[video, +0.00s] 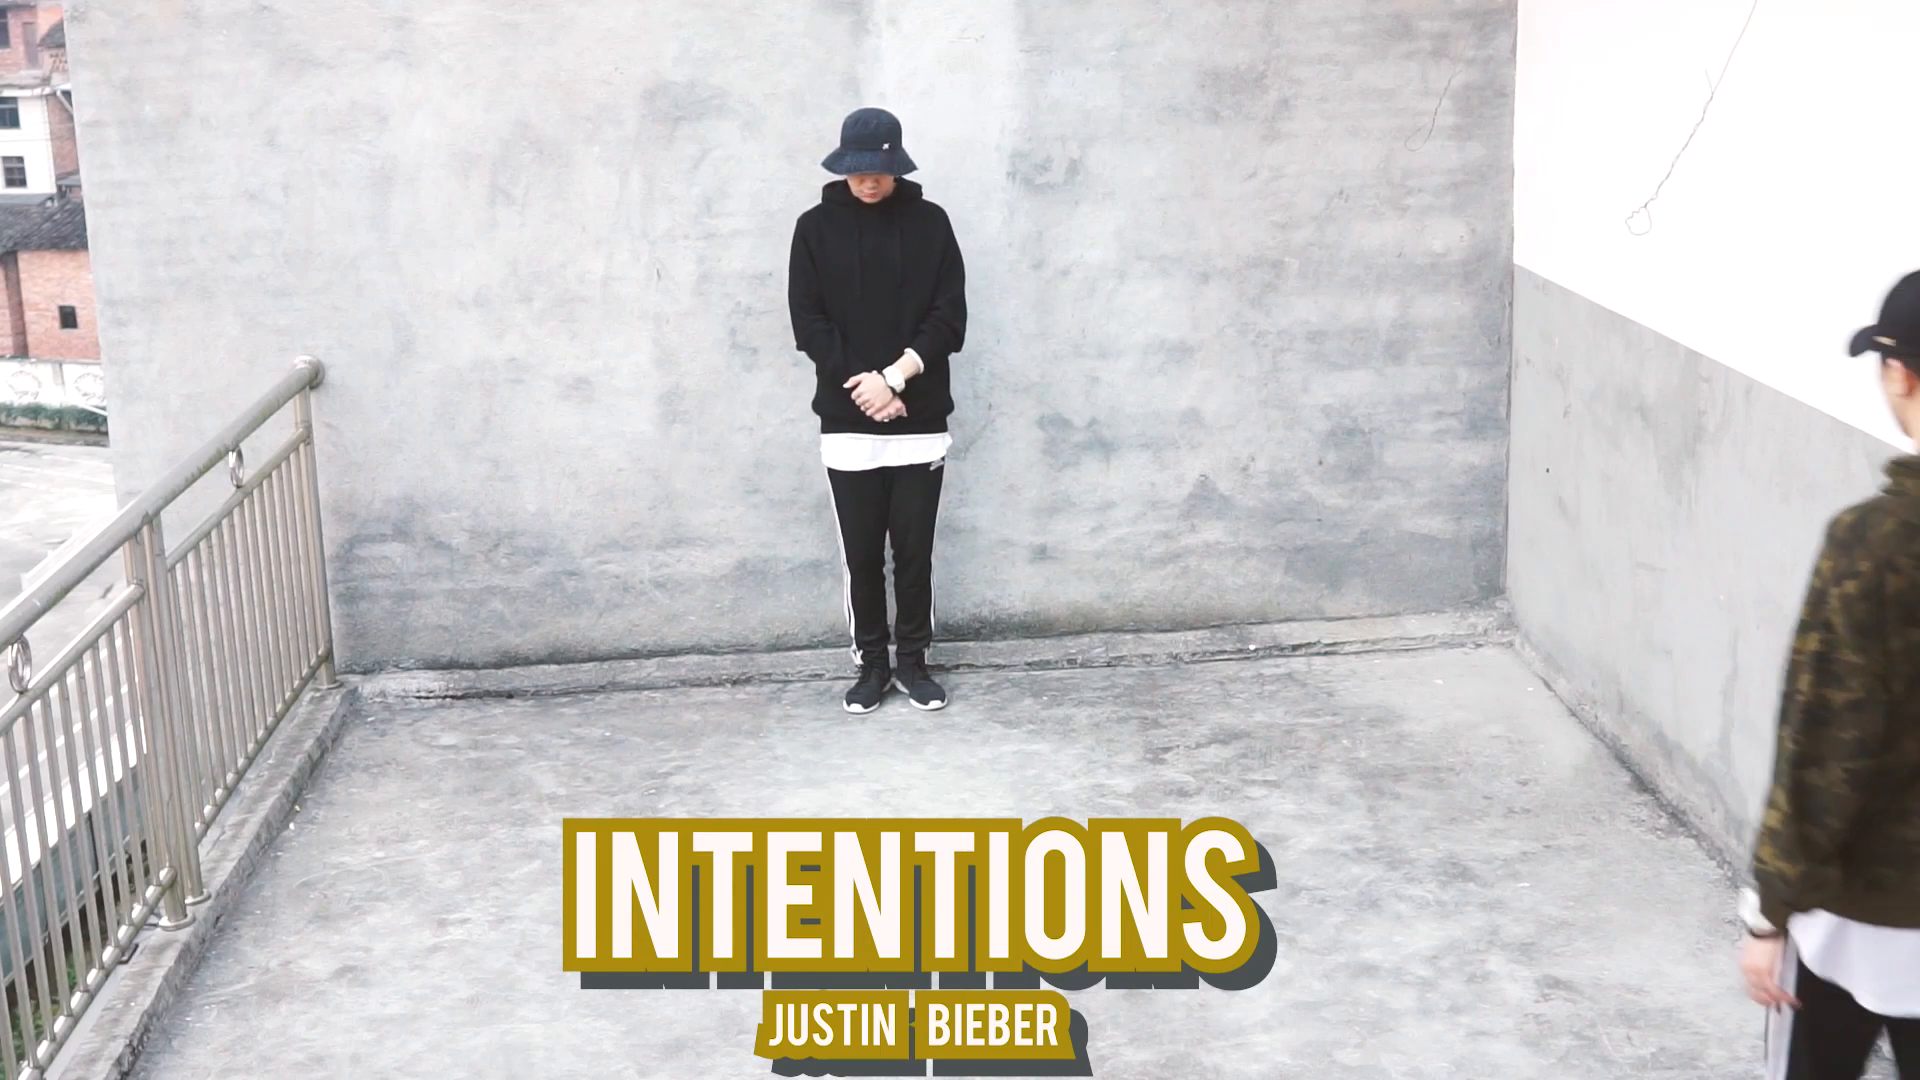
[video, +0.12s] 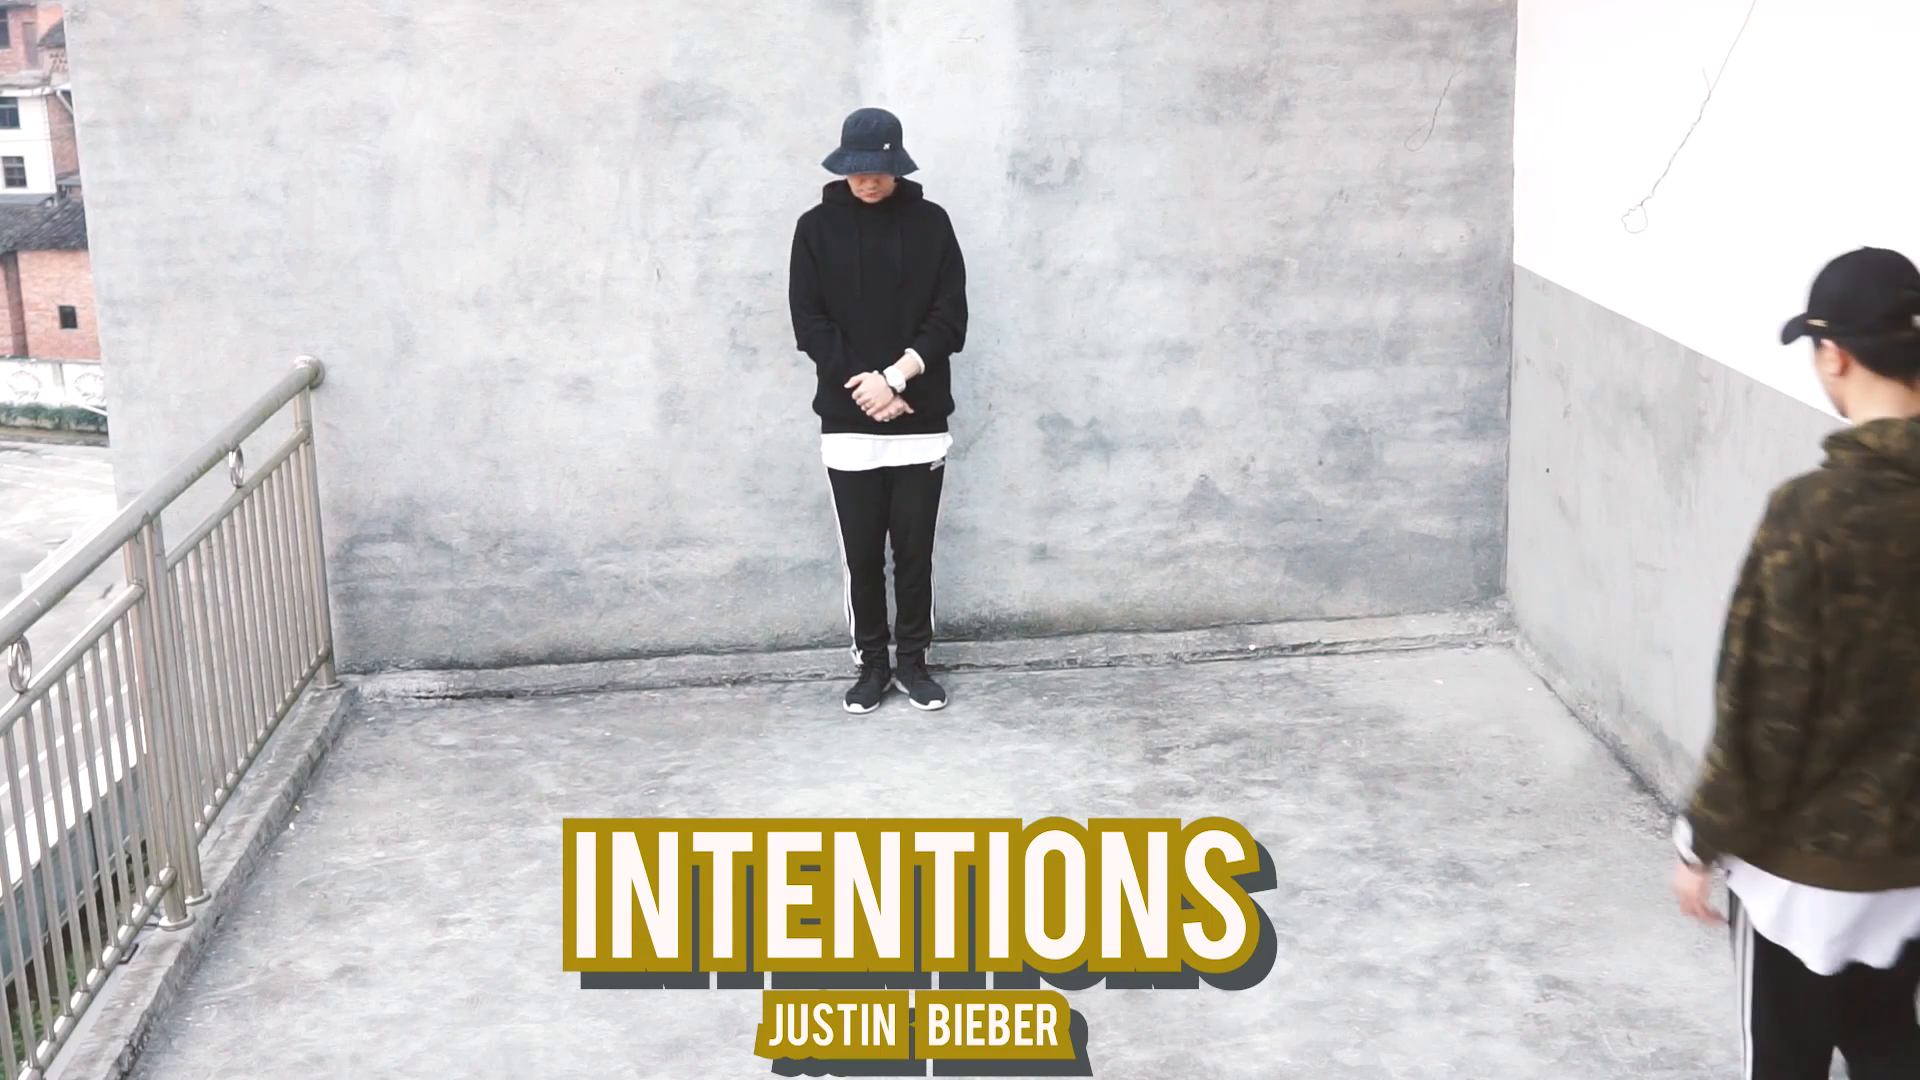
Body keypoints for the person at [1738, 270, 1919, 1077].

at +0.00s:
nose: (1882, 381)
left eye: (1882, 362)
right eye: (1882, 361)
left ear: (1904, 378)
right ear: (1910, 378)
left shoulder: (1880, 538)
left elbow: (1833, 744)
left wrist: (1769, 908)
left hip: (1869, 922)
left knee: (1814, 1067)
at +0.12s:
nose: (1813, 367)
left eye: (1812, 347)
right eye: (1812, 347)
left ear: (1834, 356)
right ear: (1911, 351)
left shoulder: (1818, 511)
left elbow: (1767, 709)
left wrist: (1703, 842)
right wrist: (1710, 839)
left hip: (1819, 862)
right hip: (1908, 861)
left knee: (1787, 1061)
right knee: (1888, 1055)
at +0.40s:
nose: (1713, 355)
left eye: (1713, 334)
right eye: (1711, 335)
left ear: (1743, 336)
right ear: (1811, 324)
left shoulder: (1719, 470)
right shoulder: (1904, 453)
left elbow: (1649, 618)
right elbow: (1904, 621)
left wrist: (1576, 689)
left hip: (1732, 796)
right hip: (1846, 782)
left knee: (1742, 1034)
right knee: (1789, 955)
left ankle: (1746, 1074)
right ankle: (1734, 1064)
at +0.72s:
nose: (1609, 341)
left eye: (1613, 323)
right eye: (1605, 326)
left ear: (1665, 309)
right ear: (1683, 305)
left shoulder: (1673, 421)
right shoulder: (1790, 406)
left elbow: (1656, 600)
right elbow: (1808, 572)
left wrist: (1607, 750)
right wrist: (1784, 707)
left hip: (1681, 732)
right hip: (1759, 727)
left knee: (1577, 892)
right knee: (1719, 926)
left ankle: (1671, 1063)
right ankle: (1710, 1070)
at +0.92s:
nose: (1567, 341)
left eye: (1578, 324)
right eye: (1564, 325)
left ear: (1640, 311)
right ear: (1639, 311)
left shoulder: (1657, 412)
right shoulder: (1683, 380)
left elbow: (1690, 587)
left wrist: (1715, 753)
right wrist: (1567, 549)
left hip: (1626, 717)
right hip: (1671, 710)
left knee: (1557, 885)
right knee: (1679, 902)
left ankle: (1564, 1048)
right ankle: (1701, 1063)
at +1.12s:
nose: (1549, 356)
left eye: (1565, 339)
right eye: (1539, 339)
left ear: (1619, 317)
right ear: (1531, 317)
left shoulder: (1655, 427)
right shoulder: (1571, 386)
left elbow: (1678, 591)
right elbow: (1518, 486)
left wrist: (1676, 747)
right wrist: (1423, 531)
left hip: (1621, 714)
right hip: (1560, 686)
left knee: (1569, 898)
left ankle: (1563, 1051)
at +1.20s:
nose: (1548, 351)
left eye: (1566, 334)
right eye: (1537, 333)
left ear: (1617, 312)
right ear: (1524, 312)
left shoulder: (1660, 424)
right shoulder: (1539, 383)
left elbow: (1669, 590)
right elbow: (1481, 492)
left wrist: (1639, 736)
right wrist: (1386, 550)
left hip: (1613, 710)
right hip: (1535, 682)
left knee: (1578, 896)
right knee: (1492, 825)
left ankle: (1565, 1048)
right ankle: (1619, 968)